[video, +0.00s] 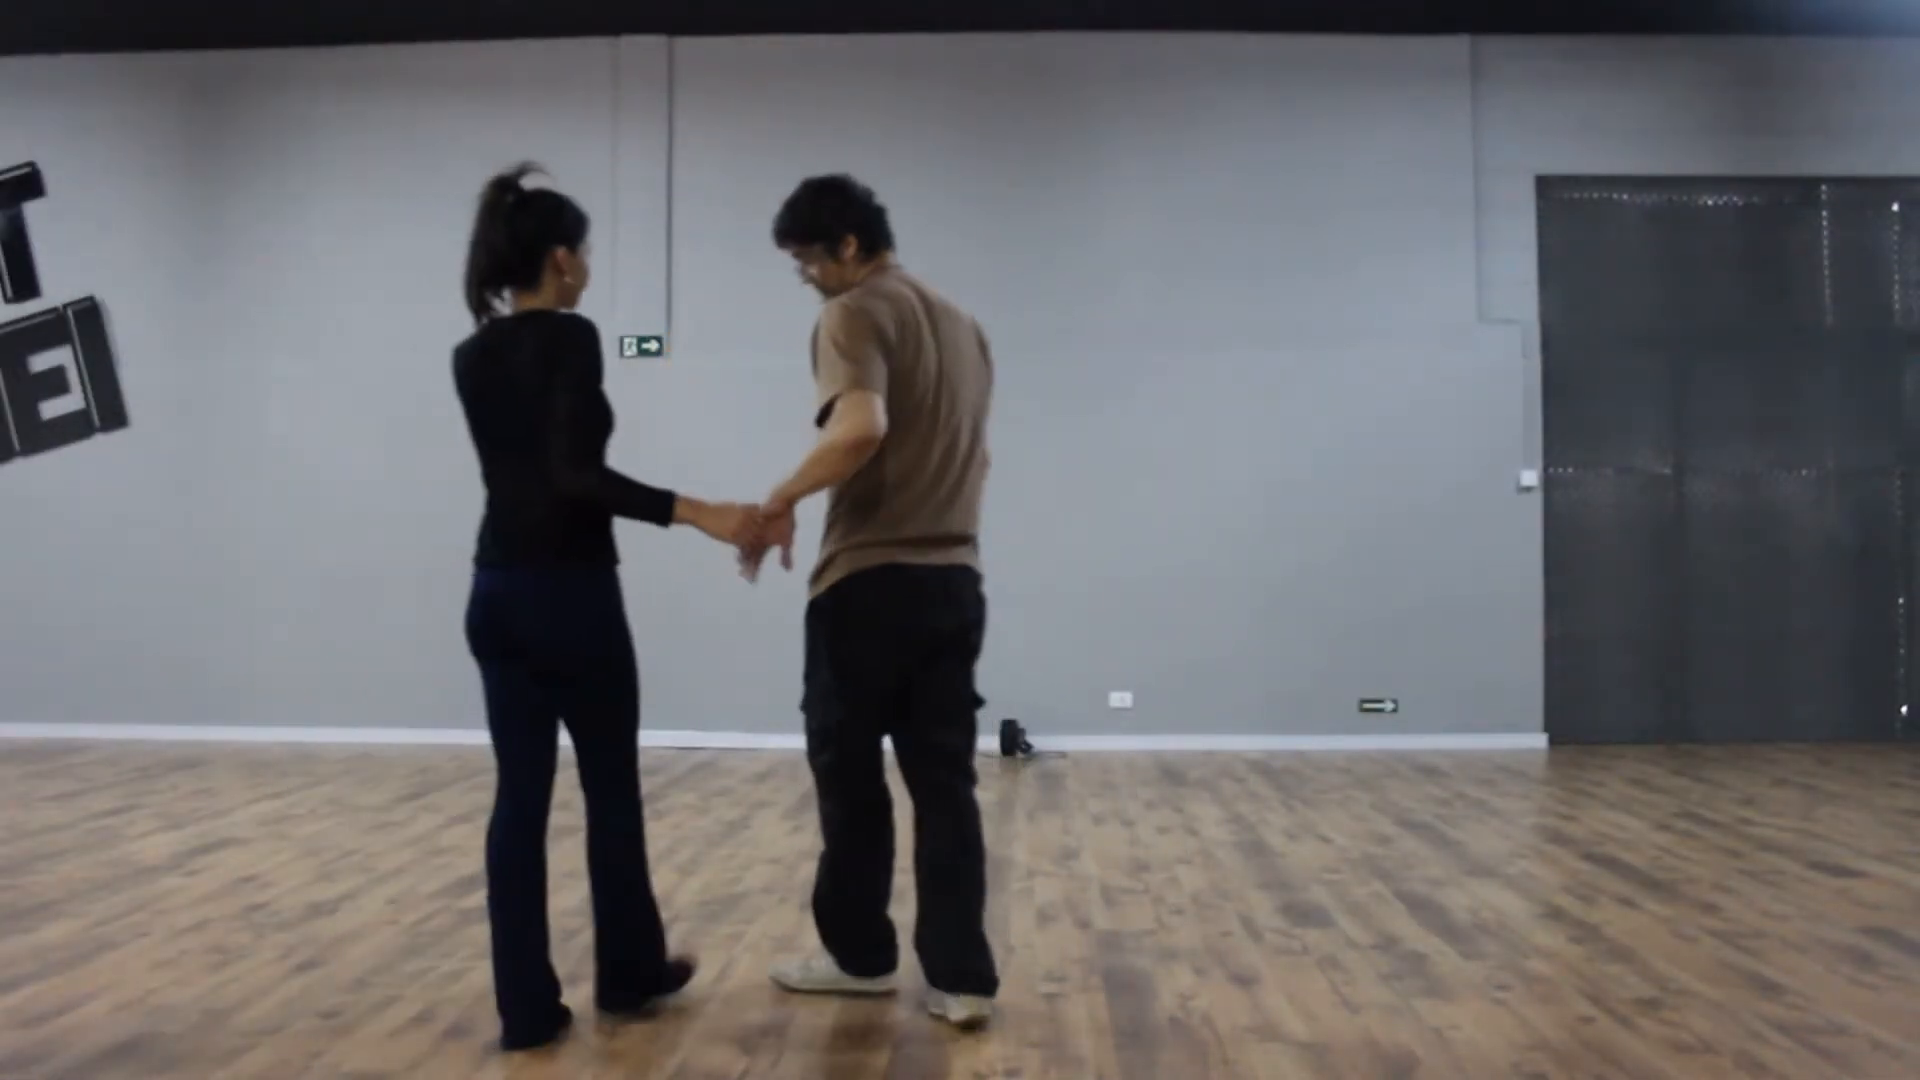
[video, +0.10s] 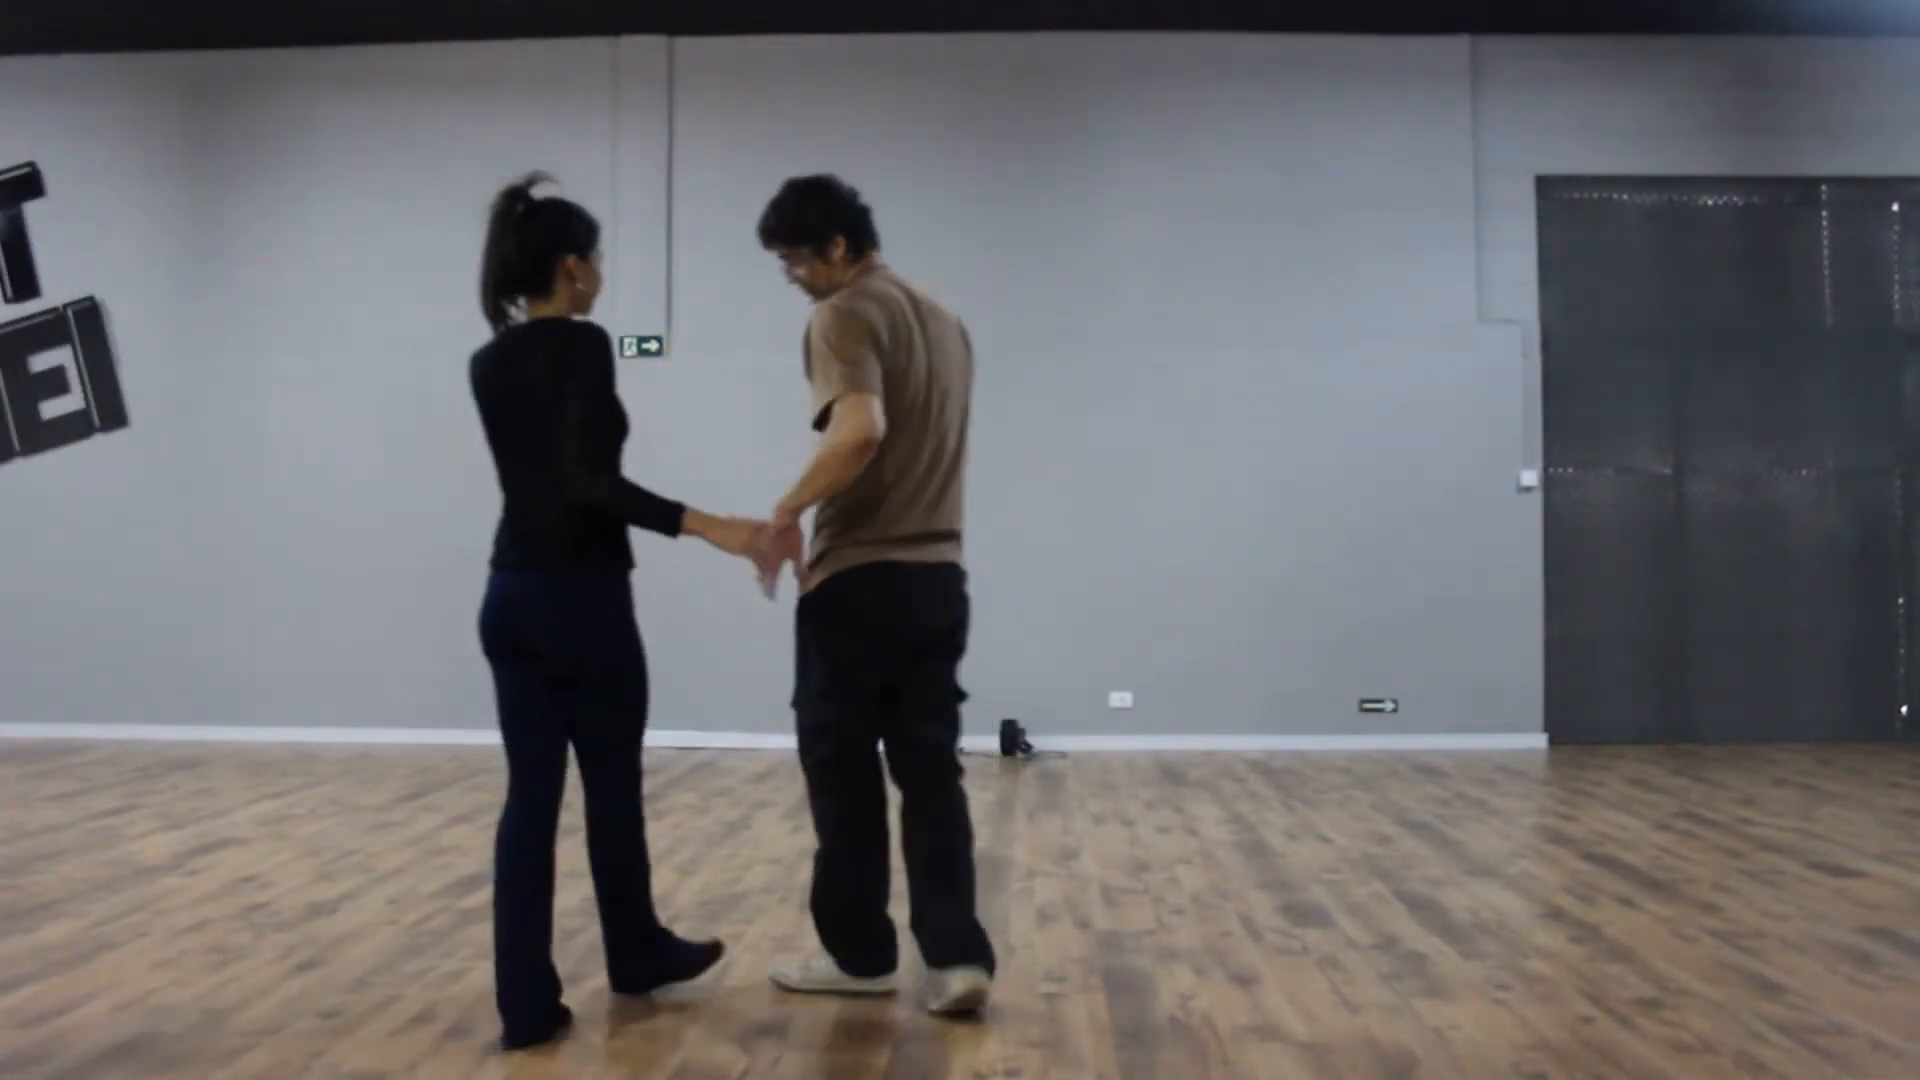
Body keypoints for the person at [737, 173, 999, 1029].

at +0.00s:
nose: (806, 281)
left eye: (808, 264)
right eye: (799, 267)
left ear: (848, 245)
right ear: (877, 245)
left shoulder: (852, 314)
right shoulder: (965, 327)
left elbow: (859, 427)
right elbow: (966, 450)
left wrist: (780, 499)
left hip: (864, 588)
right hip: (952, 587)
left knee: (847, 774)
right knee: (946, 779)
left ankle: (858, 954)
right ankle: (961, 979)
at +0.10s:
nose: (791, 279)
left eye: (796, 262)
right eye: (784, 264)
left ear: (836, 245)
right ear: (858, 247)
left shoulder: (841, 316)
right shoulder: (946, 324)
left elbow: (859, 432)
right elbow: (946, 451)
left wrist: (785, 510)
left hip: (853, 587)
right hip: (937, 583)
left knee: (841, 772)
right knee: (930, 768)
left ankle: (858, 954)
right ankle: (959, 957)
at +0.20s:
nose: (781, 281)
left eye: (786, 263)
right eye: (773, 265)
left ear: (825, 246)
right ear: (844, 249)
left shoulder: (834, 317)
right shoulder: (927, 321)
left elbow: (857, 436)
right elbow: (925, 444)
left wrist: (792, 528)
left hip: (848, 585)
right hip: (921, 581)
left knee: (838, 771)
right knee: (907, 756)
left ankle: (858, 958)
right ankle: (952, 925)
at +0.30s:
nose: (764, 283)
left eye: (769, 266)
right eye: (757, 268)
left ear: (811, 253)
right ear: (826, 254)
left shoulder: (832, 322)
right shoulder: (891, 316)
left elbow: (863, 441)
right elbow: (897, 444)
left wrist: (803, 542)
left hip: (845, 579)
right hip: (893, 575)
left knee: (831, 762)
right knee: (867, 746)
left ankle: (860, 957)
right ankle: (940, 913)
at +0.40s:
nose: (756, 284)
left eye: (761, 268)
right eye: (750, 269)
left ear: (805, 255)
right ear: (815, 255)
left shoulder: (833, 323)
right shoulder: (865, 313)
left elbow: (870, 445)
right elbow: (883, 448)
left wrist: (808, 544)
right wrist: (826, 540)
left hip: (840, 577)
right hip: (874, 573)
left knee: (826, 761)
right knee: (850, 749)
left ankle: (860, 953)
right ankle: (911, 919)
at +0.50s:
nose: (750, 289)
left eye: (757, 273)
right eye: (745, 275)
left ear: (803, 259)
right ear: (797, 261)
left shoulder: (836, 327)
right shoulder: (831, 320)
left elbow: (876, 446)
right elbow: (860, 447)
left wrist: (818, 551)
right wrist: (805, 547)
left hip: (838, 579)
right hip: (832, 577)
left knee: (832, 764)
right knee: (829, 760)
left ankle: (864, 952)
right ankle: (848, 925)